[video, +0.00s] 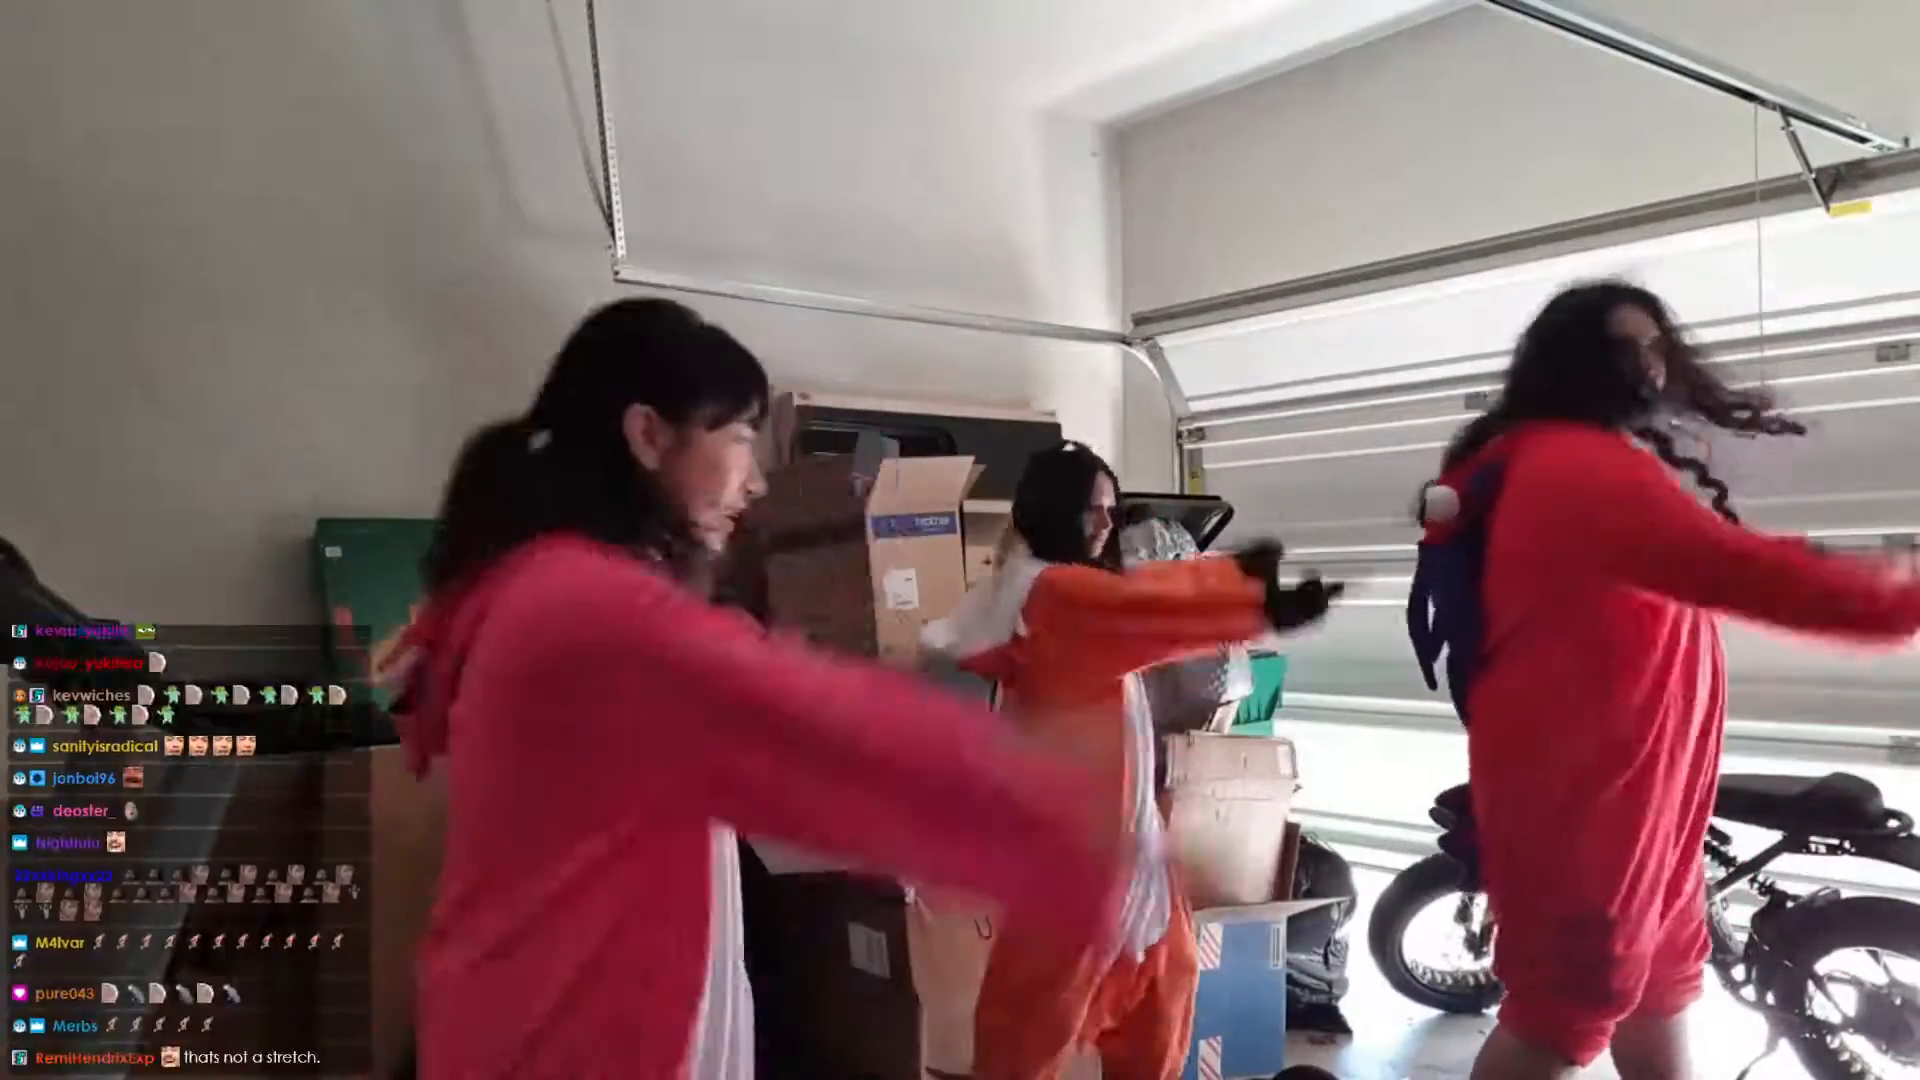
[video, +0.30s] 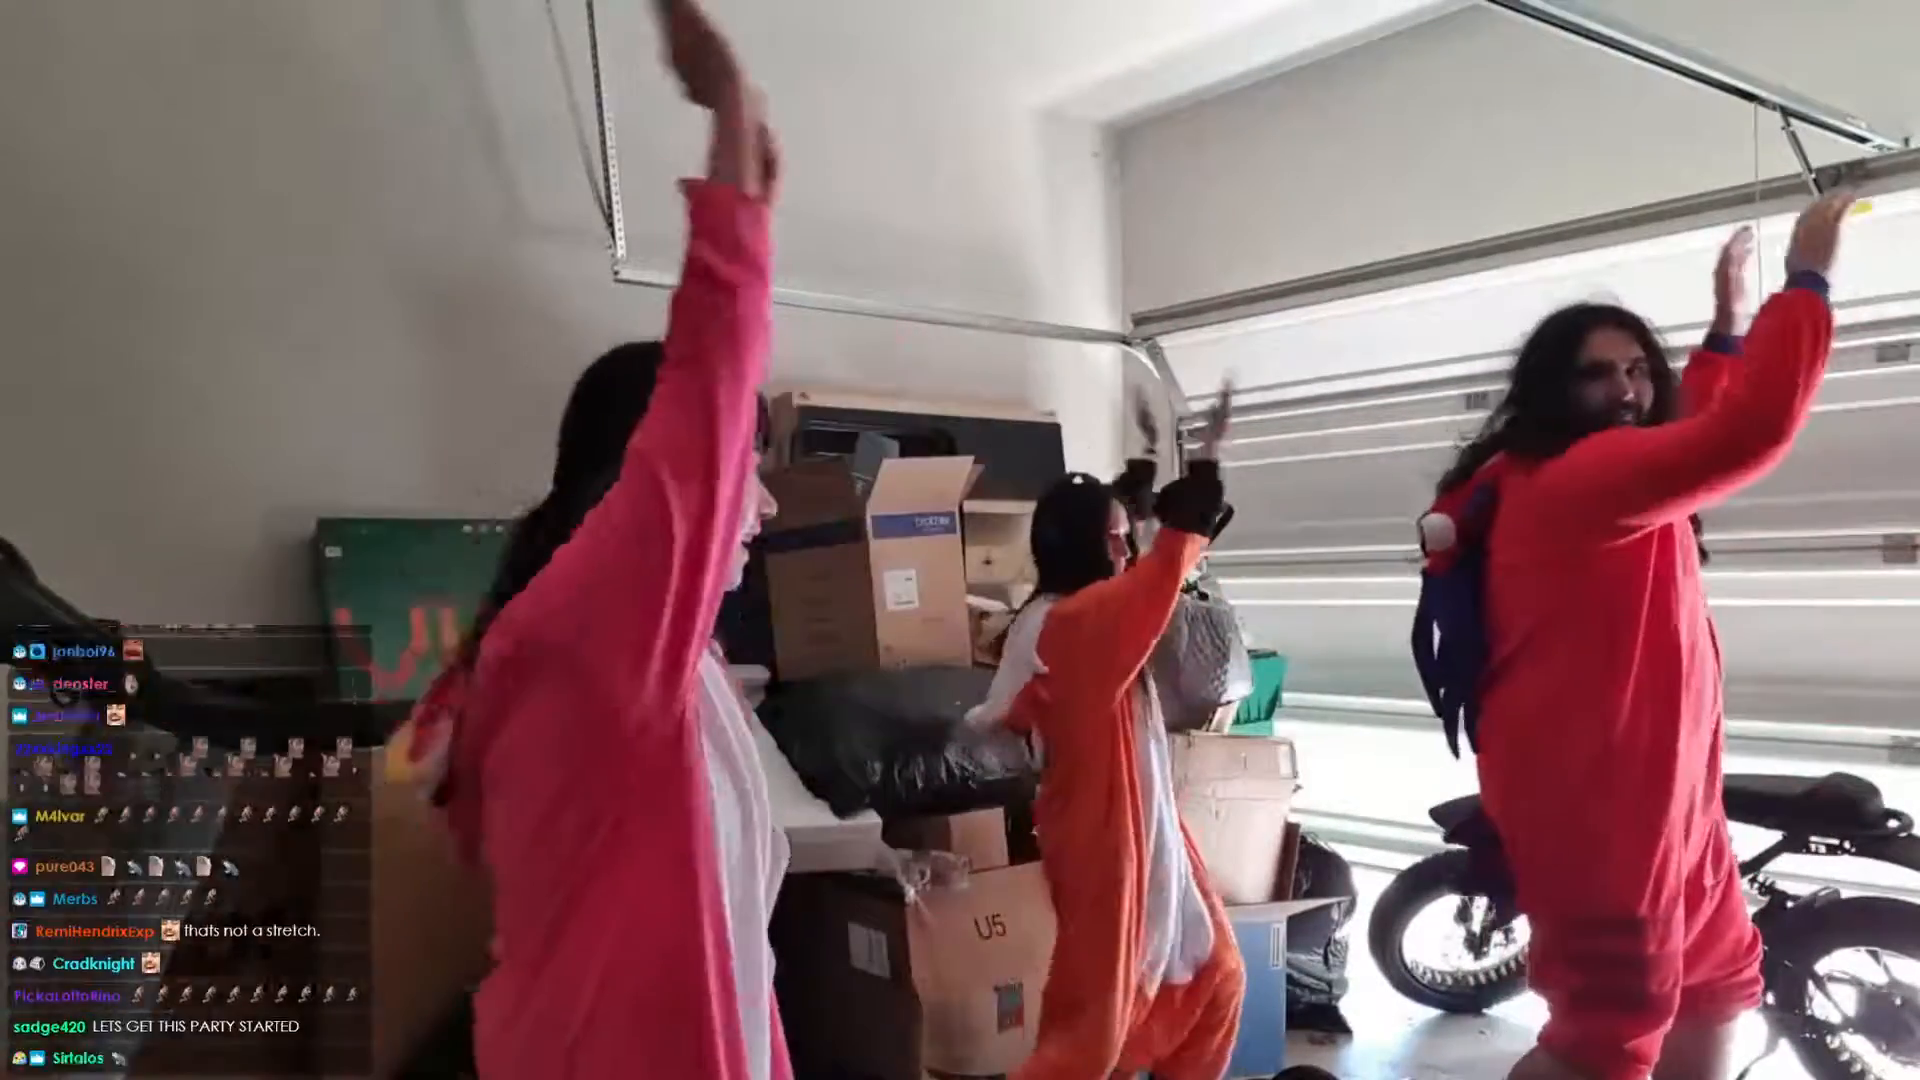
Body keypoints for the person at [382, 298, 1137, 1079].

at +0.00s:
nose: (758, 474)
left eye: (756, 439)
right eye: (737, 434)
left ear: (651, 441)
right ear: (645, 435)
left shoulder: (593, 595)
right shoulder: (569, 602)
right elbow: (838, 731)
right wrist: (1128, 850)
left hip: (617, 1035)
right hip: (559, 1045)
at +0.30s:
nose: (762, 505)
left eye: (758, 466)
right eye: (737, 467)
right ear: (650, 470)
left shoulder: (672, 662)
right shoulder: (573, 642)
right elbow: (689, 442)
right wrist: (735, 144)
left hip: (714, 1056)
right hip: (618, 1060)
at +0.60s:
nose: (879, 548)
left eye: (873, 522)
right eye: (864, 521)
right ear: (792, 550)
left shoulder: (730, 730)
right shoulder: (658, 745)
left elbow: (783, 978)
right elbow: (671, 1047)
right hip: (484, 1056)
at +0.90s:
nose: (704, 444)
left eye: (694, 414)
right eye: (681, 412)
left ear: (600, 442)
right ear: (604, 434)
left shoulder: (558, 610)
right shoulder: (562, 614)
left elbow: (806, 597)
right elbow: (837, 566)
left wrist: (992, 466)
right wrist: (1105, 448)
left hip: (621, 1041)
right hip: (612, 1051)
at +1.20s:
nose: (762, 477)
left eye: (764, 448)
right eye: (747, 445)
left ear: (679, 464)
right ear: (676, 454)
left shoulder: (692, 645)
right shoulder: (603, 626)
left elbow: (722, 852)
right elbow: (773, 462)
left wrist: (879, 866)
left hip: (718, 1052)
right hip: (631, 1058)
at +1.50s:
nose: (912, 538)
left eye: (901, 514)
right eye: (885, 514)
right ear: (799, 547)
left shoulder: (777, 723)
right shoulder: (714, 739)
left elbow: (791, 976)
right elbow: (740, 1031)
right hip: (487, 1051)